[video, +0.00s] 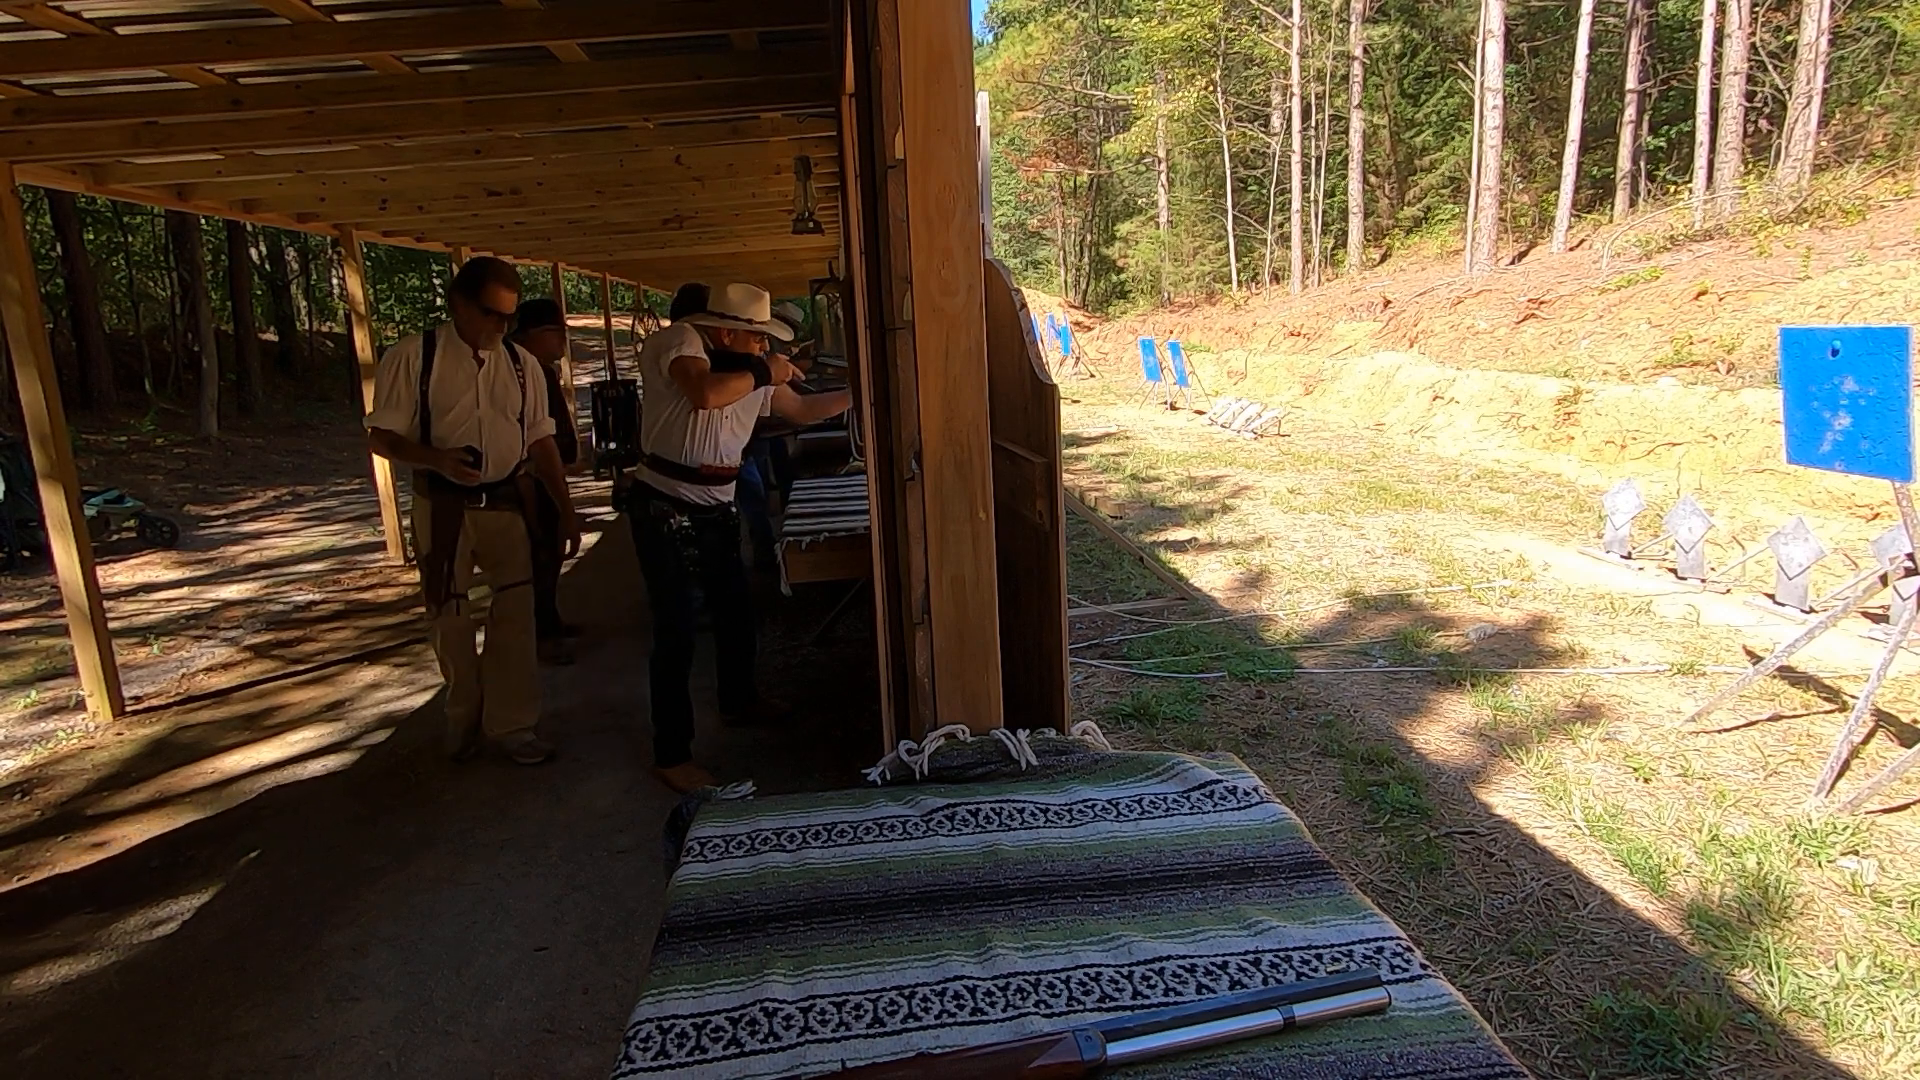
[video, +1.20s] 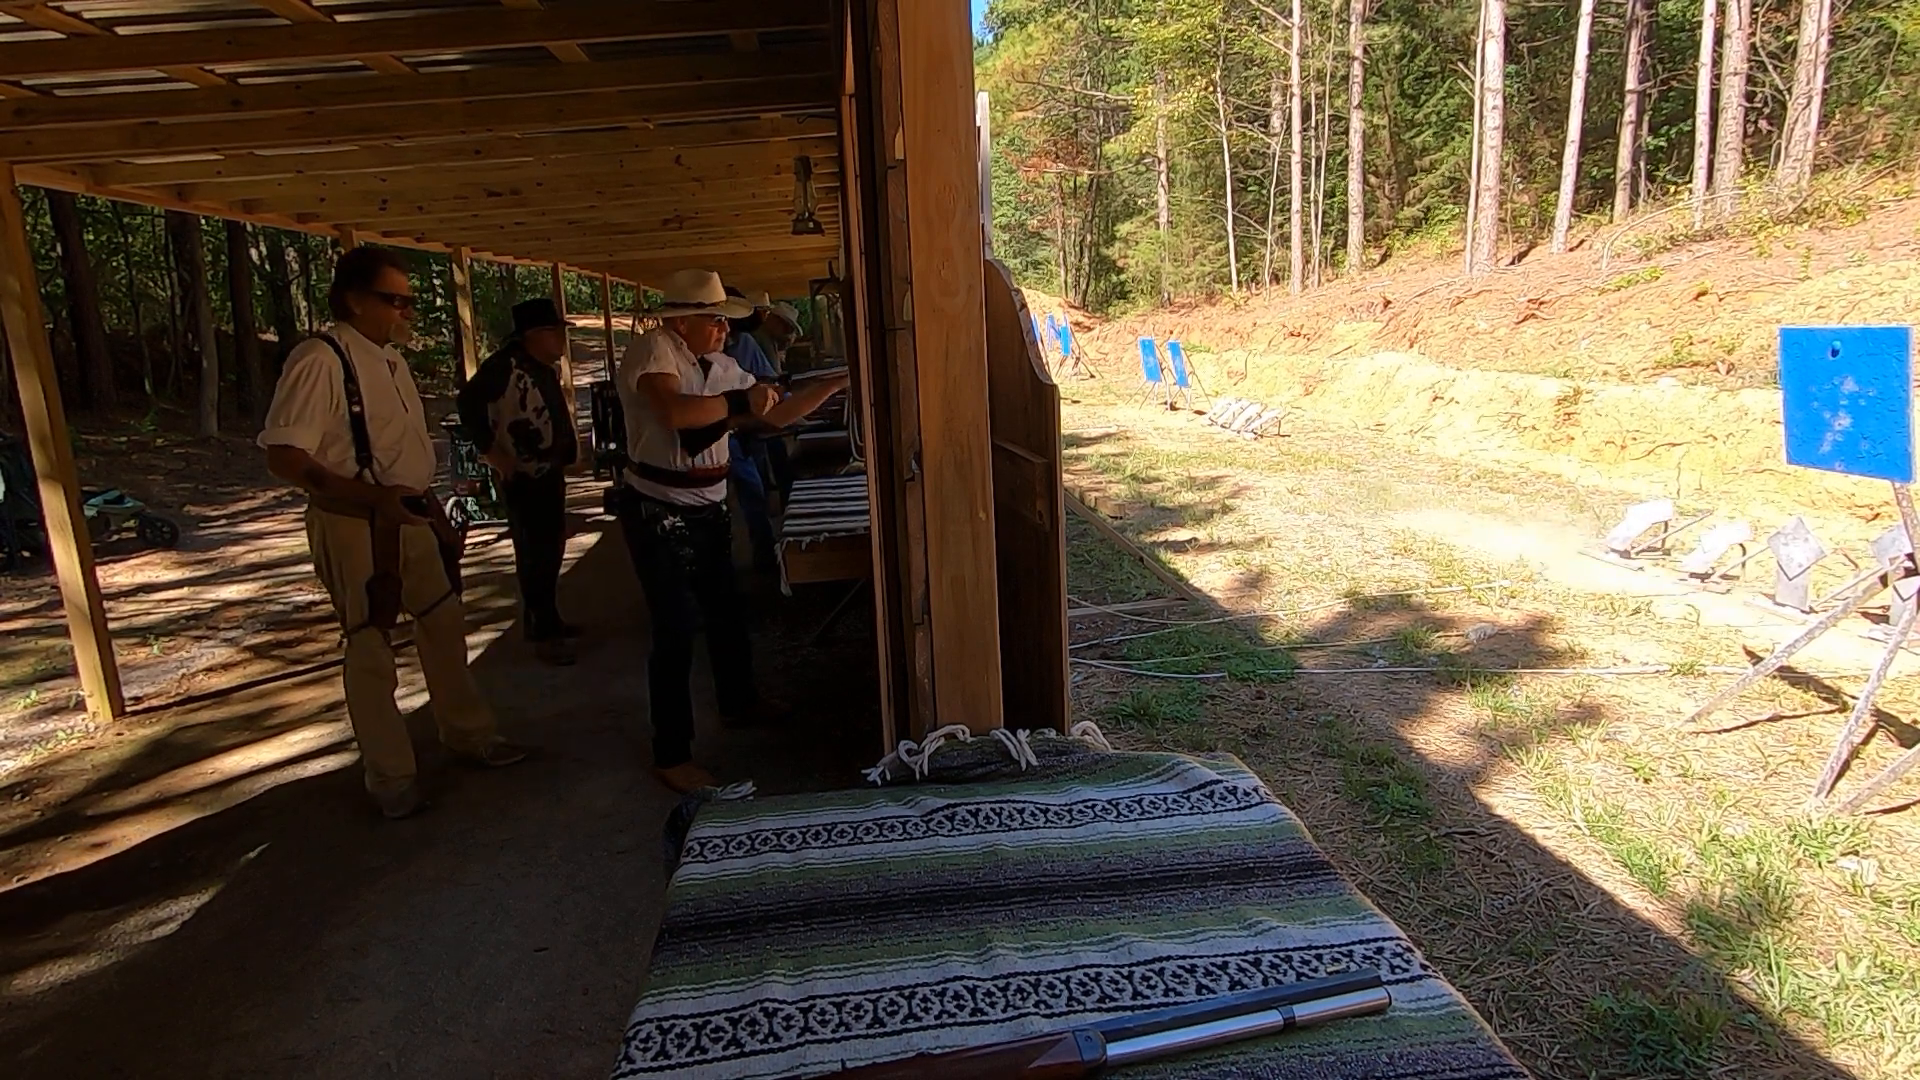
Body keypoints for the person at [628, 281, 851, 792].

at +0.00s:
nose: (762, 345)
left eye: (764, 337)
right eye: (756, 337)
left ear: (745, 335)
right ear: (724, 331)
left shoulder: (750, 367)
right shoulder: (678, 338)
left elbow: (802, 409)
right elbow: (705, 393)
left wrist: (860, 392)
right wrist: (766, 371)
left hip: (718, 511)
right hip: (663, 508)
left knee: (736, 614)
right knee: (675, 631)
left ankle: (740, 708)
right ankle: (673, 757)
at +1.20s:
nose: (723, 330)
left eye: (724, 321)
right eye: (714, 321)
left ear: (717, 321)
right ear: (682, 321)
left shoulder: (720, 363)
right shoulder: (651, 349)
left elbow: (773, 415)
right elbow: (671, 412)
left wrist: (834, 383)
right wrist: (740, 404)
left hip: (709, 511)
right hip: (656, 512)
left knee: (727, 615)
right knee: (674, 629)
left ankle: (741, 710)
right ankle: (672, 756)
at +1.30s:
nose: (725, 330)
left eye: (726, 321)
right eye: (715, 321)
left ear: (721, 322)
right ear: (681, 318)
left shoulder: (720, 363)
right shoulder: (645, 362)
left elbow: (758, 425)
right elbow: (640, 444)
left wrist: (798, 394)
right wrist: (702, 416)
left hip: (718, 511)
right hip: (666, 514)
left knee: (731, 617)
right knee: (681, 630)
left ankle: (740, 710)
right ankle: (673, 756)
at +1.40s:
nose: (719, 333)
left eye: (722, 324)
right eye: (710, 322)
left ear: (722, 323)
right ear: (680, 316)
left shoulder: (729, 360)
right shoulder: (642, 362)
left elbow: (748, 439)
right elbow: (580, 426)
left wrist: (753, 400)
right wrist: (631, 419)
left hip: (733, 506)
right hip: (678, 512)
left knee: (746, 611)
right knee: (697, 628)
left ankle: (739, 707)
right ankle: (672, 757)